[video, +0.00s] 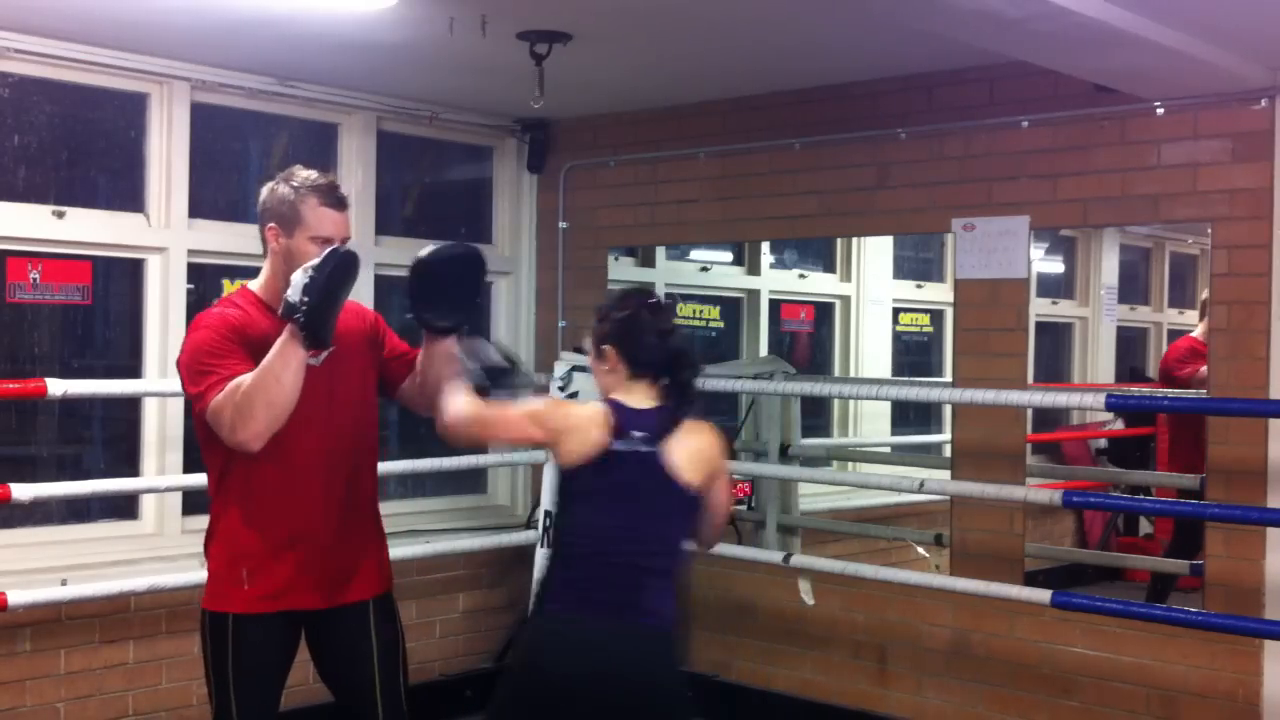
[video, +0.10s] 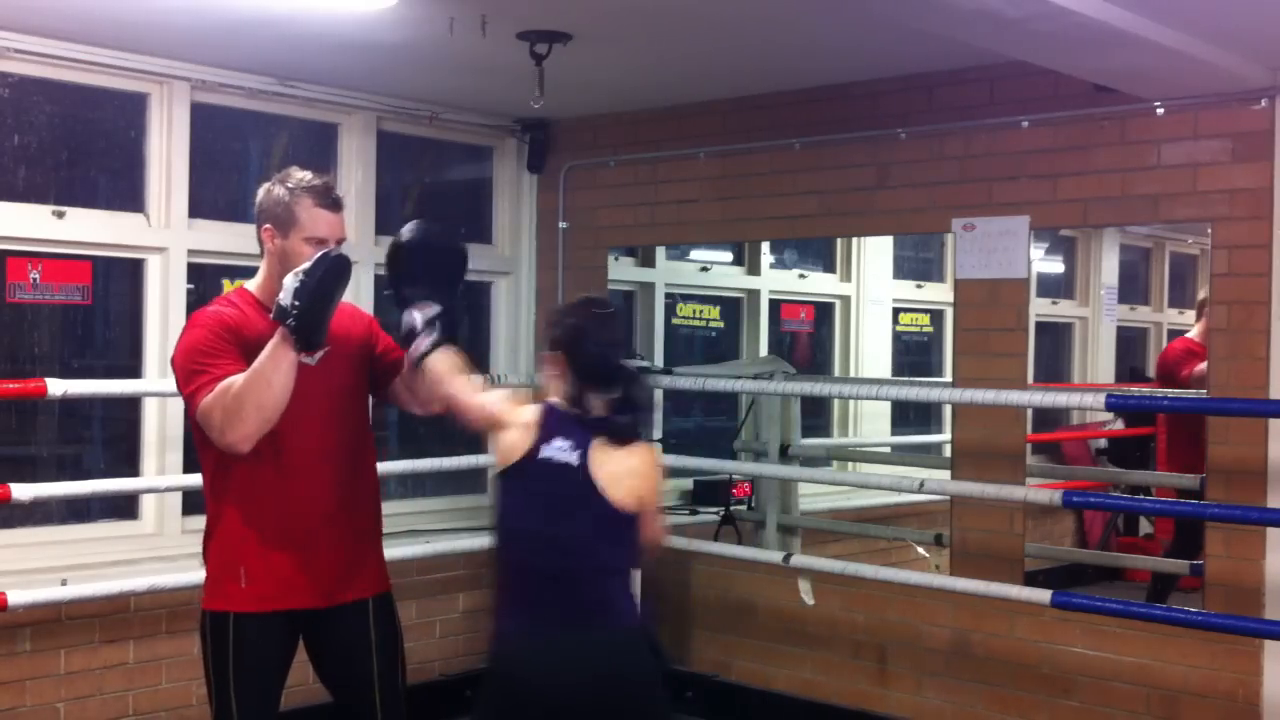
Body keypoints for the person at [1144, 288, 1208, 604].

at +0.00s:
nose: (1226, 323)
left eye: (1227, 316)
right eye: (1224, 316)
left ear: (1206, 313)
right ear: (1211, 315)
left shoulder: (1215, 351)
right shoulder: (1182, 351)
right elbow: (1210, 379)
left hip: (1213, 463)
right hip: (1191, 463)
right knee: (1186, 539)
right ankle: (1153, 607)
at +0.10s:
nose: (1221, 323)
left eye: (1222, 317)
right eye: (1219, 316)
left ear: (1206, 314)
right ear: (1205, 314)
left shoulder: (1207, 353)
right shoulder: (1177, 351)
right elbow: (1203, 376)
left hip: (1209, 464)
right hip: (1188, 466)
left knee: (1196, 539)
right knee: (1186, 541)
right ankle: (1153, 608)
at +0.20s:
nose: (1218, 322)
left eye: (1217, 316)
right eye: (1215, 316)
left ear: (1202, 315)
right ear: (1201, 314)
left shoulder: (1208, 353)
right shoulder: (1170, 351)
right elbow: (1188, 376)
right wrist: (1225, 353)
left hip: (1213, 462)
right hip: (1186, 463)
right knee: (1188, 540)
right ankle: (1154, 606)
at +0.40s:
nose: (1214, 320)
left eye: (1214, 313)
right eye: (1210, 313)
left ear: (1198, 314)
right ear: (1192, 312)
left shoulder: (1206, 353)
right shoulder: (1165, 352)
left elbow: (1213, 389)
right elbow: (1164, 394)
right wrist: (1205, 374)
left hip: (1207, 458)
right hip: (1181, 460)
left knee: (1203, 539)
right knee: (1189, 540)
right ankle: (1155, 605)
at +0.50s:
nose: (1213, 320)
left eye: (1213, 313)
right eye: (1208, 313)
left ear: (1194, 315)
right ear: (1188, 313)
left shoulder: (1204, 357)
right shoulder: (1164, 355)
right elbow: (1145, 406)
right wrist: (1196, 410)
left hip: (1205, 463)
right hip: (1179, 466)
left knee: (1199, 541)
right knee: (1188, 543)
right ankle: (1156, 607)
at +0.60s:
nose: (1213, 321)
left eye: (1213, 314)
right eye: (1208, 314)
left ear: (1197, 316)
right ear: (1188, 315)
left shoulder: (1207, 359)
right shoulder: (1161, 358)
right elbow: (1131, 408)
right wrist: (1175, 446)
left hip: (1210, 467)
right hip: (1180, 468)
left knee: (1207, 545)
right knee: (1188, 547)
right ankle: (1154, 613)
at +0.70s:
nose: (1212, 322)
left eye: (1212, 315)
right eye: (1206, 315)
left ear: (1210, 317)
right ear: (1187, 316)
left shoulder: (1214, 358)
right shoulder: (1158, 360)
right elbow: (1115, 405)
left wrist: (1214, 382)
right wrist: (1146, 459)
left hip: (1216, 470)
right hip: (1179, 472)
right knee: (1189, 548)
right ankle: (1154, 614)